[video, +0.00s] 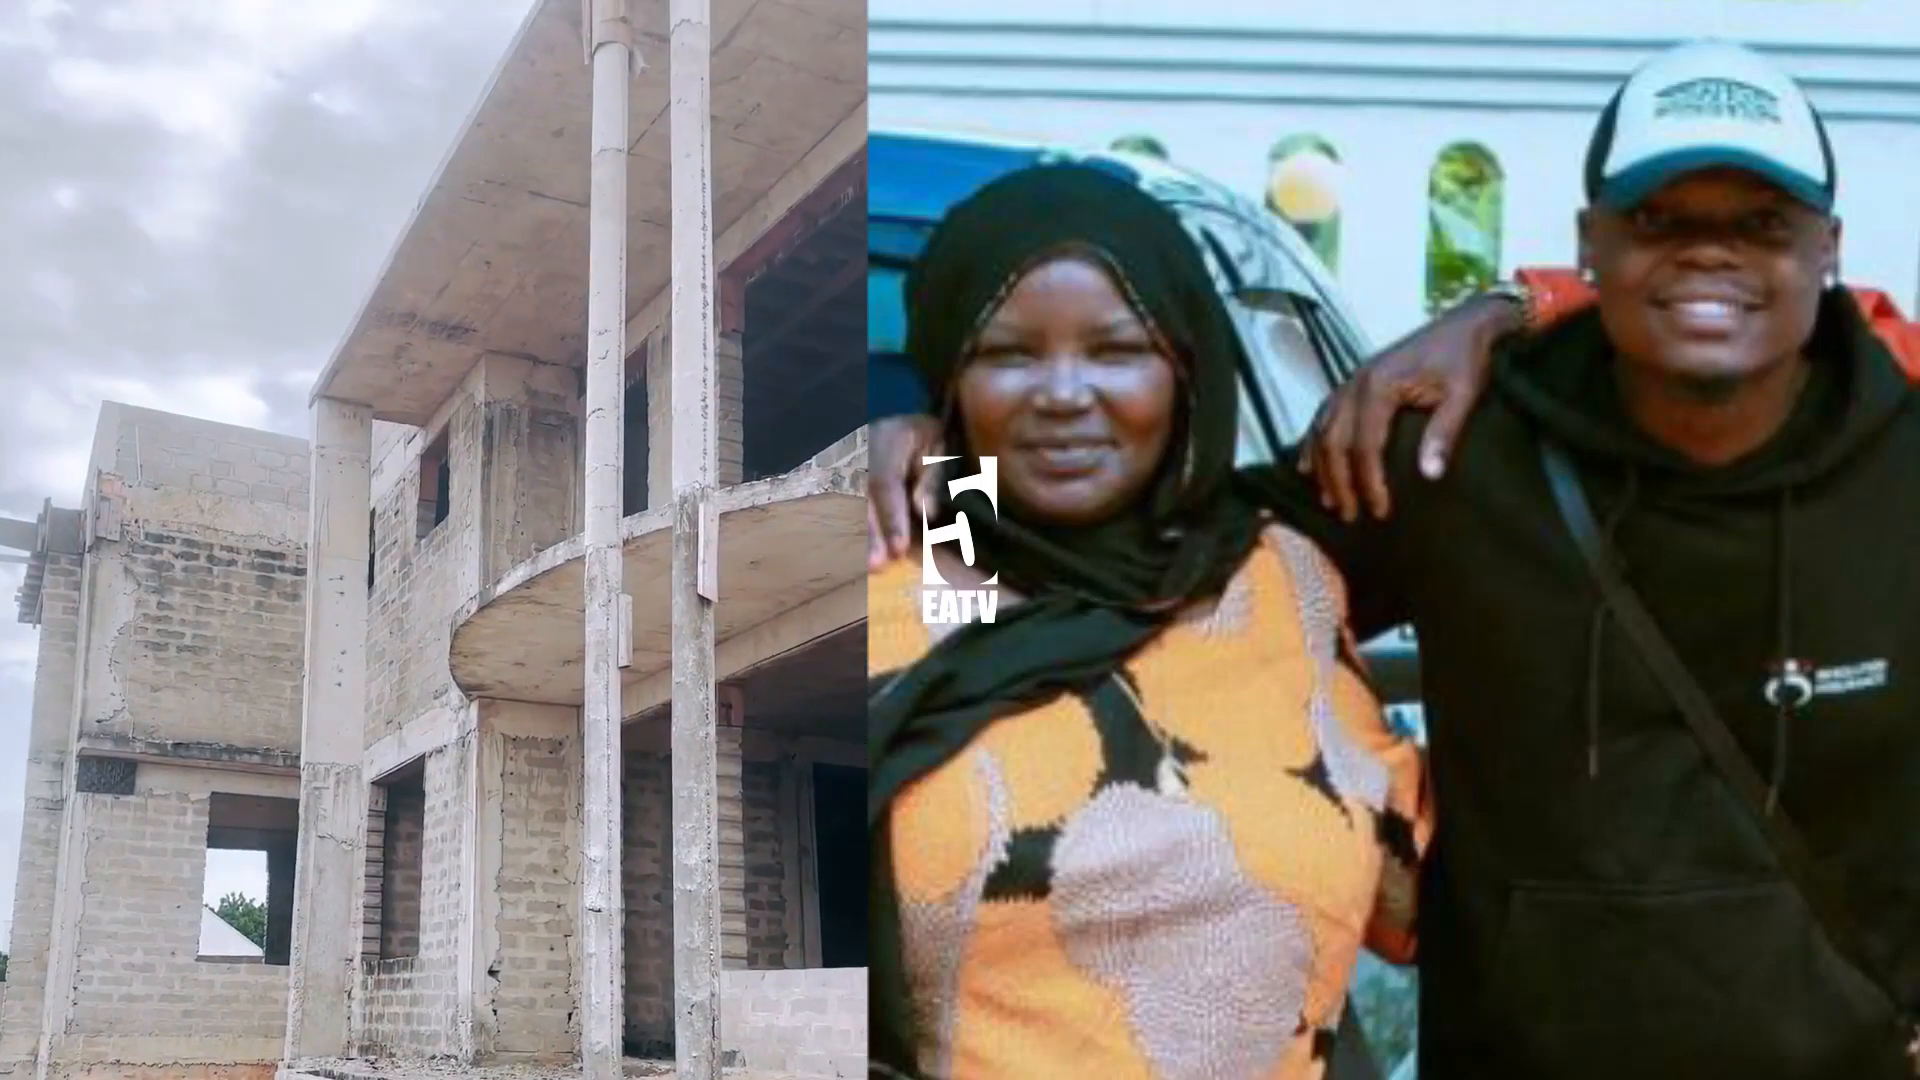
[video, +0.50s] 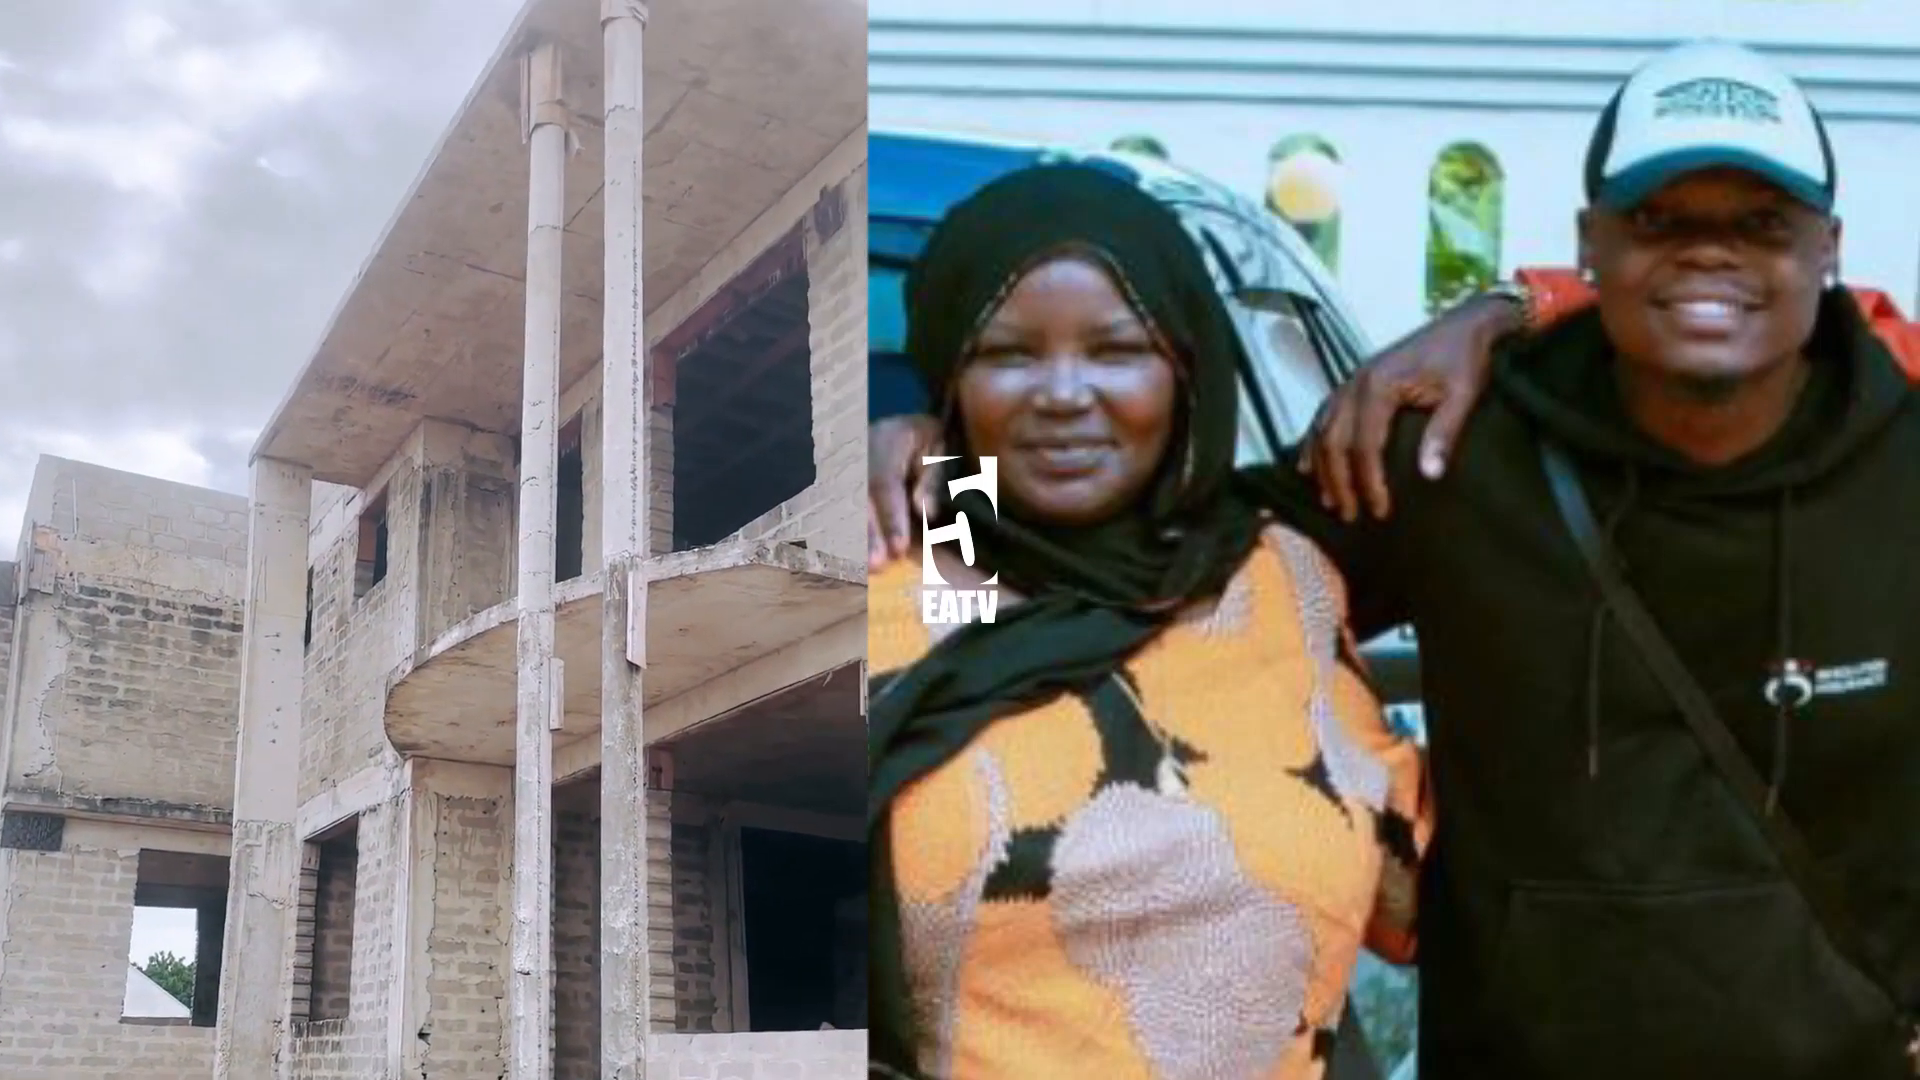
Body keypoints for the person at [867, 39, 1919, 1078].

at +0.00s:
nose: (1706, 251)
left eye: (1756, 219)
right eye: (1664, 215)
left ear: (1825, 250)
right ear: (1595, 242)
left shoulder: (1899, 444)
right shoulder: (1462, 448)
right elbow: (1178, 559)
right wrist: (962, 466)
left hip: (1848, 1038)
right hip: (1535, 1046)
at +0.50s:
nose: (1707, 252)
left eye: (1757, 219)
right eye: (1664, 215)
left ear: (1825, 250)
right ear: (1595, 242)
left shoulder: (1899, 445)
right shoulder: (1463, 447)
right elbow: (1178, 557)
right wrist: (964, 466)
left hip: (1848, 1038)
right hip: (1535, 1044)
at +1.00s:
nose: (1707, 252)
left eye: (1757, 220)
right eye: (1664, 216)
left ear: (1825, 250)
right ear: (1595, 242)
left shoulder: (1898, 445)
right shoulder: (1464, 447)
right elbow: (1175, 557)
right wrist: (954, 461)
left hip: (1849, 1038)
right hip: (1535, 1045)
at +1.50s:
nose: (1707, 251)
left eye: (1757, 219)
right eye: (1664, 215)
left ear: (1825, 249)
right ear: (1595, 242)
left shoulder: (1899, 445)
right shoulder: (1464, 447)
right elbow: (1174, 556)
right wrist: (953, 458)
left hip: (1848, 1039)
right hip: (1535, 1046)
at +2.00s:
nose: (1707, 251)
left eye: (1757, 218)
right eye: (1664, 214)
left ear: (1826, 249)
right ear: (1595, 241)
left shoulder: (1899, 445)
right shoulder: (1462, 448)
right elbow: (1174, 559)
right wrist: (958, 463)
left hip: (1849, 1039)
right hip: (1534, 1046)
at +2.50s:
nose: (1707, 252)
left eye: (1757, 219)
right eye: (1664, 215)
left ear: (1826, 249)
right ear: (1595, 242)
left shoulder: (1899, 445)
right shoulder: (1464, 447)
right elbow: (1177, 557)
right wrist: (960, 464)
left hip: (1850, 1038)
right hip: (1536, 1046)